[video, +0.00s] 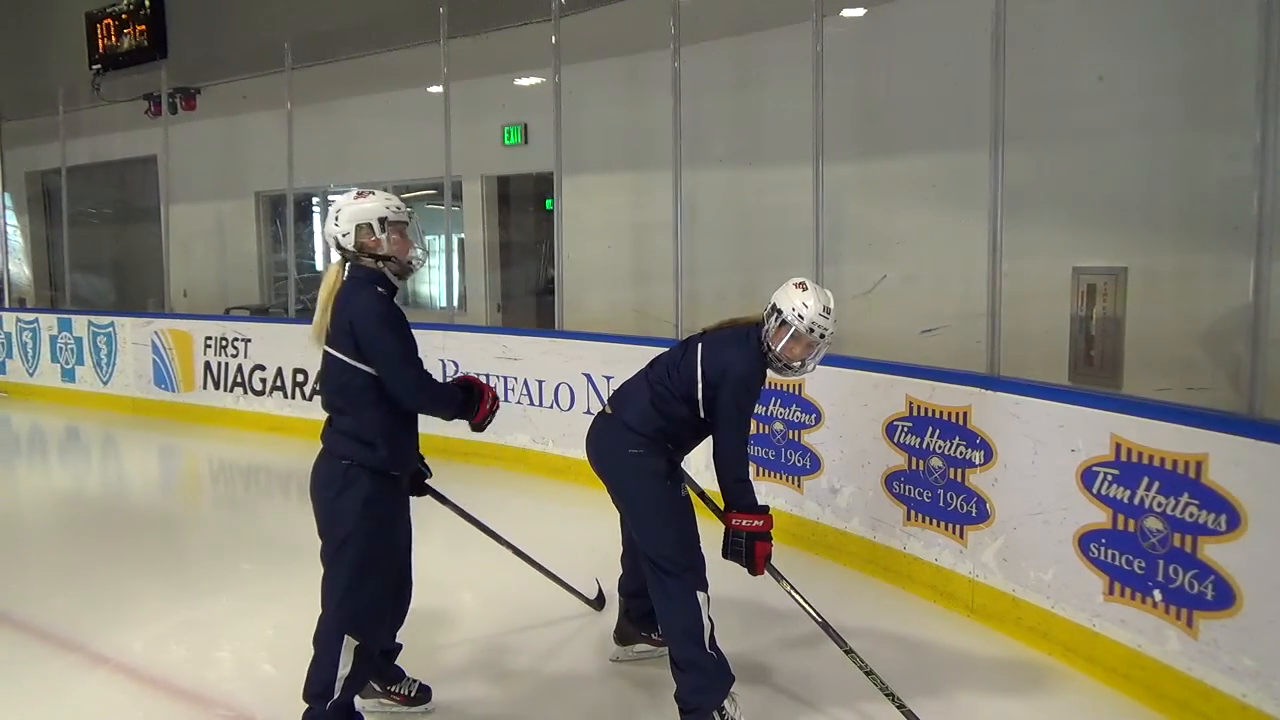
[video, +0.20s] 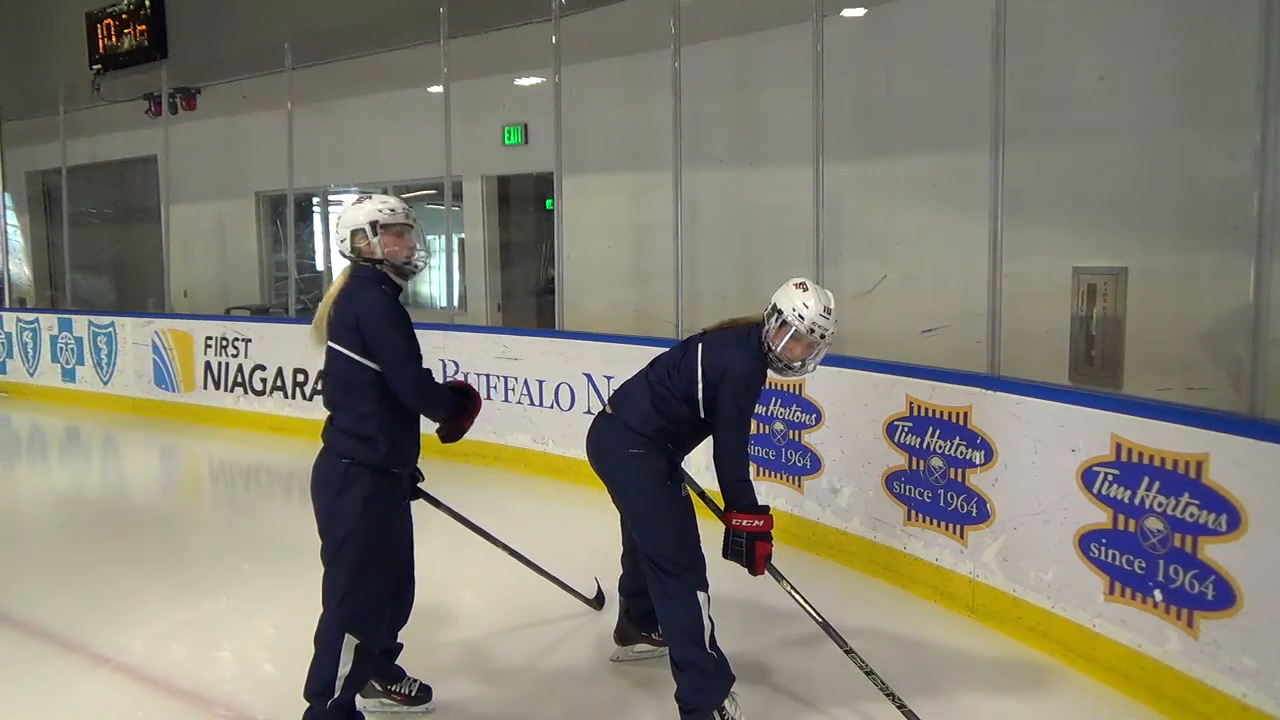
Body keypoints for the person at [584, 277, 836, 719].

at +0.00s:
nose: (793, 349)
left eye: (806, 343)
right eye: (789, 335)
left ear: (819, 347)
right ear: (772, 322)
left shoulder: (742, 341)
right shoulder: (742, 364)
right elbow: (730, 449)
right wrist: (747, 517)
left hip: (619, 436)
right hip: (636, 447)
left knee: (645, 536)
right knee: (679, 569)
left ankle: (637, 625)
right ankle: (704, 704)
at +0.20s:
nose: (793, 349)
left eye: (806, 343)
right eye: (789, 335)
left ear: (819, 347)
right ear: (772, 322)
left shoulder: (743, 340)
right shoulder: (743, 365)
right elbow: (730, 450)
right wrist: (748, 518)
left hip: (619, 435)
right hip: (636, 446)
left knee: (644, 536)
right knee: (680, 570)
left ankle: (637, 625)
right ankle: (704, 704)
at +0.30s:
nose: (795, 350)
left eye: (807, 344)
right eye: (791, 335)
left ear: (820, 347)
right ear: (773, 322)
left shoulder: (743, 341)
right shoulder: (743, 365)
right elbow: (731, 451)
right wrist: (749, 519)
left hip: (619, 435)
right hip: (636, 446)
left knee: (645, 535)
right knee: (680, 570)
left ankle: (637, 624)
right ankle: (704, 704)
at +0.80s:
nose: (807, 357)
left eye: (816, 349)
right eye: (803, 343)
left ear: (823, 347)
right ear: (779, 326)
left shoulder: (742, 343)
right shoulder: (743, 365)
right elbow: (731, 451)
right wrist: (749, 520)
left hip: (618, 437)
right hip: (636, 447)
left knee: (647, 536)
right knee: (682, 570)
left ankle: (638, 625)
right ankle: (706, 704)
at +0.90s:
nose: (804, 356)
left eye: (812, 348)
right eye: (800, 342)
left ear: (819, 345)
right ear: (775, 325)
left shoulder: (738, 340)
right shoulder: (741, 365)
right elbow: (731, 451)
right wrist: (751, 519)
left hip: (618, 440)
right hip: (638, 452)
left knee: (656, 540)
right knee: (691, 572)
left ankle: (641, 625)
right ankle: (697, 705)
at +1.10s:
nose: (795, 342)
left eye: (803, 332)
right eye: (788, 329)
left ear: (812, 324)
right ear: (761, 315)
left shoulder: (730, 327)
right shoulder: (731, 358)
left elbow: (676, 370)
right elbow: (735, 451)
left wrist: (692, 426)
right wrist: (760, 520)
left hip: (649, 446)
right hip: (633, 451)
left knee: (669, 542)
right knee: (689, 577)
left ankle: (642, 625)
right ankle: (684, 706)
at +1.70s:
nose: (745, 354)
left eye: (756, 342)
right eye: (733, 343)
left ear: (770, 331)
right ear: (712, 331)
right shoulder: (691, 370)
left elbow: (737, 374)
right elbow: (721, 461)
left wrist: (742, 401)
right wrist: (776, 514)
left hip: (677, 458)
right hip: (641, 462)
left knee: (679, 540)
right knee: (704, 579)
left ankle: (637, 616)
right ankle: (672, 708)